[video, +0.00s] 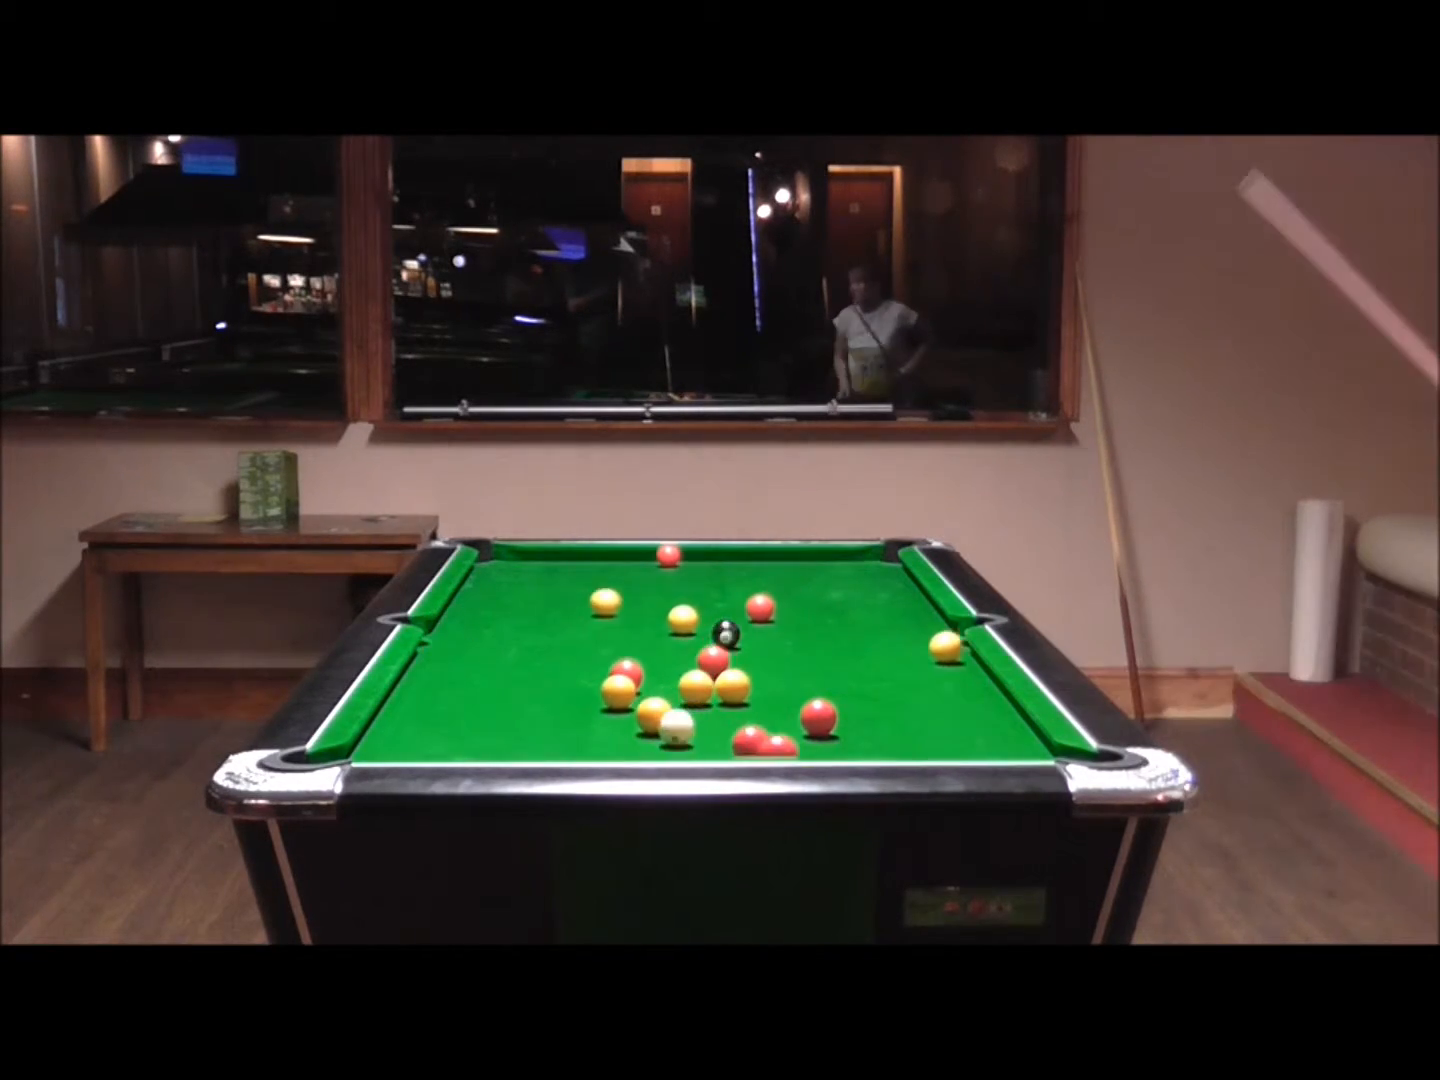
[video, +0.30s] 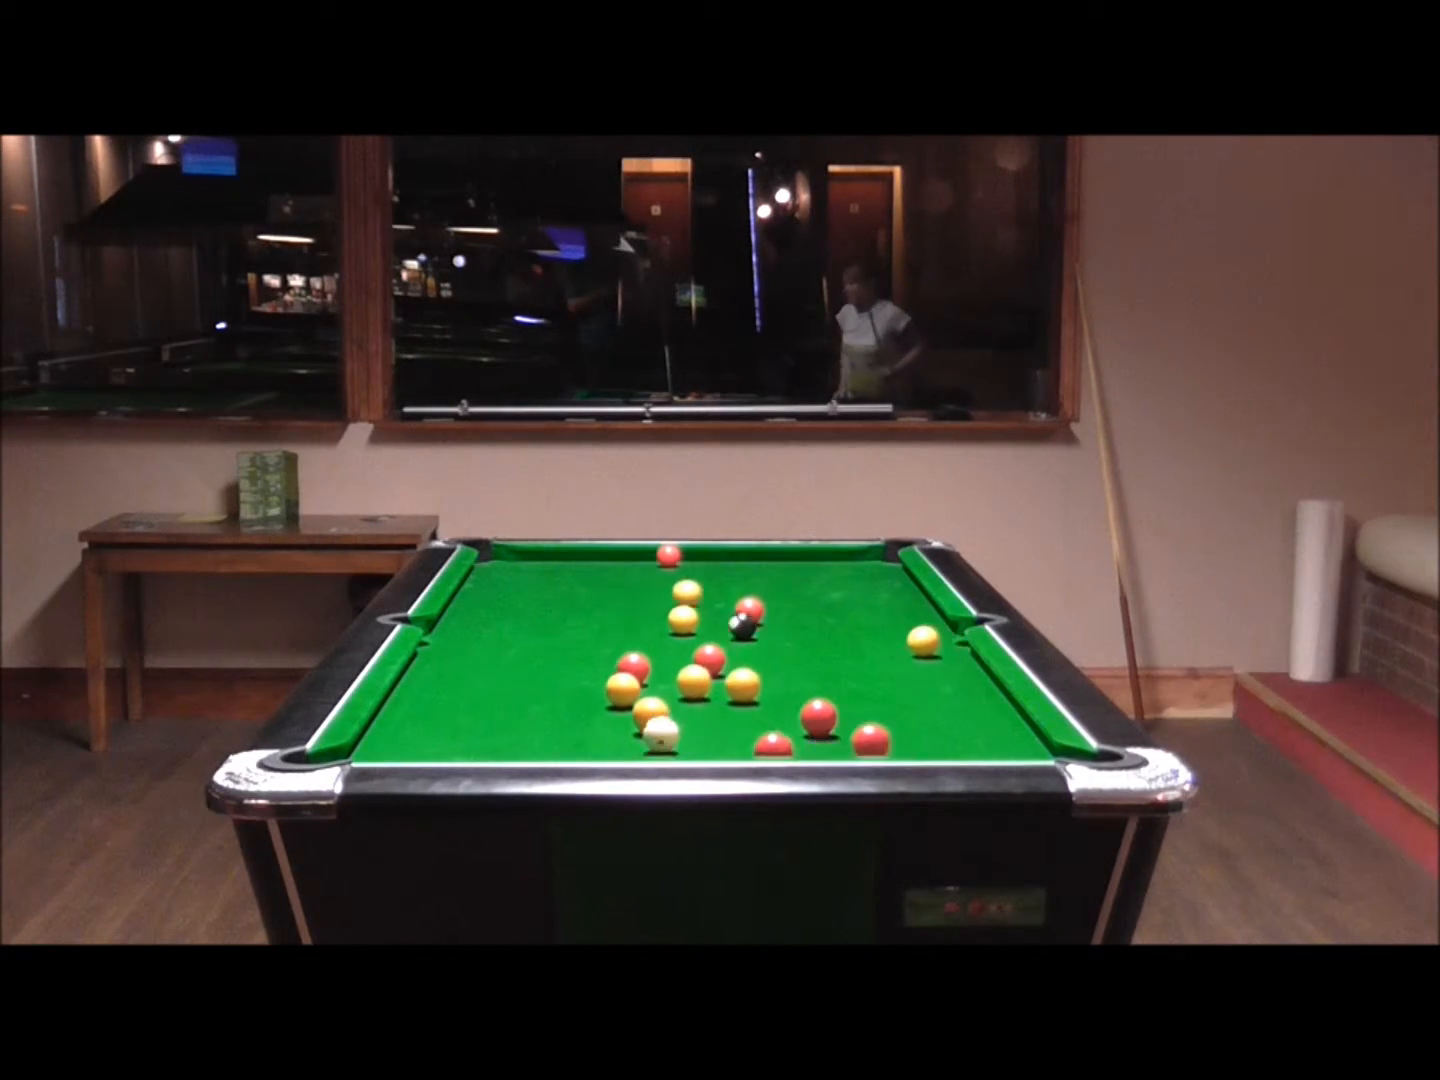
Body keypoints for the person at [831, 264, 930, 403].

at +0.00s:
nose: (860, 288)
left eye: (864, 282)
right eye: (856, 283)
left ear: (875, 285)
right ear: (850, 287)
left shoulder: (897, 312)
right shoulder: (846, 316)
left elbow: (927, 338)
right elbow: (839, 356)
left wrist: (907, 368)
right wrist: (844, 384)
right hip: (856, 395)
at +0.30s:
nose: (846, 289)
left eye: (852, 284)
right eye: (846, 284)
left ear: (868, 285)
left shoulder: (889, 312)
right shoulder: (846, 313)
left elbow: (918, 345)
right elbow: (845, 355)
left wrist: (893, 370)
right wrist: (842, 388)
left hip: (882, 391)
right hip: (853, 390)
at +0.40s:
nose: (837, 293)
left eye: (841, 288)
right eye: (835, 289)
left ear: (854, 287)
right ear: (834, 290)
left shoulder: (875, 310)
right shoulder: (834, 314)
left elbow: (906, 343)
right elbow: (835, 356)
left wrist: (883, 367)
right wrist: (833, 390)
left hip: (873, 391)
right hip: (843, 391)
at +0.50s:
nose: (826, 291)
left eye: (831, 285)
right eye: (824, 286)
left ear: (843, 286)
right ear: (821, 288)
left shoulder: (861, 310)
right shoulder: (823, 314)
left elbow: (895, 342)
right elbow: (825, 357)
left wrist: (870, 365)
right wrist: (823, 390)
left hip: (861, 392)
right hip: (832, 391)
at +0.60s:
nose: (804, 288)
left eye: (809, 282)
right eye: (802, 283)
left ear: (822, 284)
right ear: (801, 286)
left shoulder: (838, 309)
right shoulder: (803, 313)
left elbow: (871, 343)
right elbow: (806, 357)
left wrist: (847, 362)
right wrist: (804, 391)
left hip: (841, 389)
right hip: (814, 389)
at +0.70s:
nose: (793, 291)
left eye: (797, 286)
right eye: (791, 287)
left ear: (810, 284)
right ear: (788, 287)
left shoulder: (824, 307)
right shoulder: (791, 312)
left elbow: (856, 341)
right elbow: (795, 356)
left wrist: (832, 358)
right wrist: (790, 389)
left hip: (825, 387)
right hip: (800, 388)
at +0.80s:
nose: (776, 294)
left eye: (779, 288)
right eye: (773, 289)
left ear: (790, 283)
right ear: (770, 288)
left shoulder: (802, 304)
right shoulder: (773, 311)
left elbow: (836, 338)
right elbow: (777, 354)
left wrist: (813, 355)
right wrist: (769, 384)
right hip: (783, 385)